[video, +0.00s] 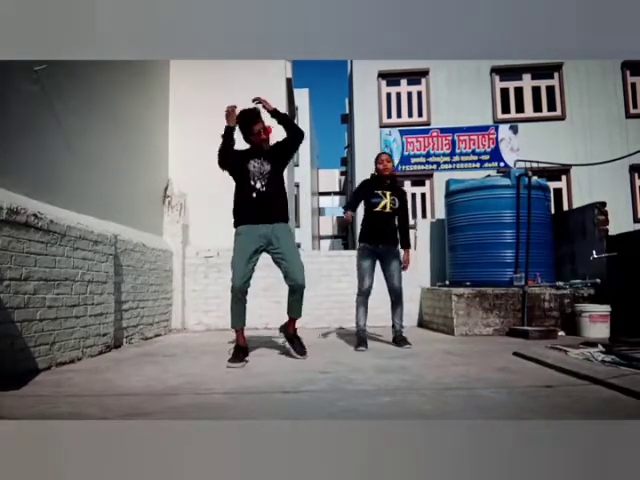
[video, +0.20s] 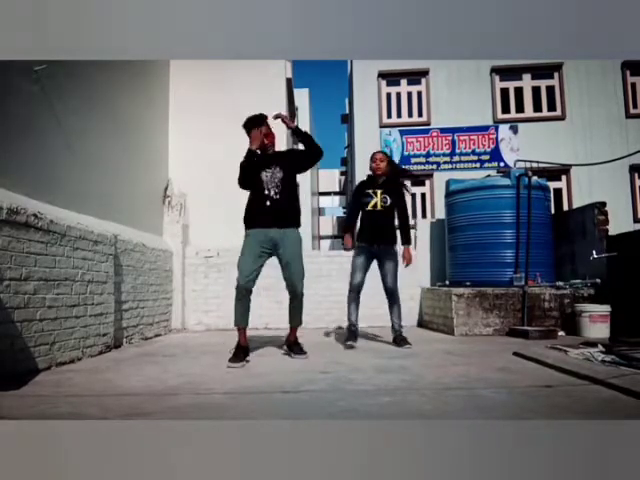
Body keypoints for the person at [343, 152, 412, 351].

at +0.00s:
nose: (384, 165)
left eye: (387, 162)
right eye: (380, 162)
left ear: (393, 165)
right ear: (376, 166)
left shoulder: (399, 191)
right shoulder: (368, 185)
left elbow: (403, 222)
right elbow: (353, 201)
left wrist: (406, 249)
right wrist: (349, 212)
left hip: (390, 245)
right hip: (367, 244)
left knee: (396, 289)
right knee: (364, 289)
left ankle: (398, 333)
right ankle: (361, 335)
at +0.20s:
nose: (377, 164)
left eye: (381, 161)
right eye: (374, 161)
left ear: (388, 164)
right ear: (370, 164)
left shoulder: (395, 187)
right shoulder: (362, 187)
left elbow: (403, 217)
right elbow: (352, 212)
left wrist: (406, 245)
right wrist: (348, 233)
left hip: (387, 244)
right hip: (364, 243)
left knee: (391, 289)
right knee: (355, 286)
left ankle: (398, 332)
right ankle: (352, 329)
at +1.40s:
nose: (378, 165)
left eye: (381, 162)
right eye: (374, 162)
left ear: (386, 165)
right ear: (369, 167)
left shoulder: (394, 187)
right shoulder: (361, 187)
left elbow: (405, 214)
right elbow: (348, 213)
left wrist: (419, 237)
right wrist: (340, 238)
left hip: (388, 245)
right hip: (365, 245)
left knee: (395, 290)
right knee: (356, 290)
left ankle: (395, 333)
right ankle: (344, 332)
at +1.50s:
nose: (377, 164)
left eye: (380, 160)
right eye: (373, 161)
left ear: (386, 163)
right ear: (367, 165)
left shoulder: (395, 183)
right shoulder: (359, 183)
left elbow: (420, 198)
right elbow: (337, 197)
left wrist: (446, 208)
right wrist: (323, 209)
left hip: (391, 245)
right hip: (369, 245)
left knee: (394, 288)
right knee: (358, 289)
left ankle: (394, 333)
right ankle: (353, 331)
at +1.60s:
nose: (374, 167)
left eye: (377, 163)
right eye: (370, 164)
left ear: (384, 166)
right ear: (366, 168)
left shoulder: (394, 182)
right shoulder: (361, 186)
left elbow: (420, 179)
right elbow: (339, 198)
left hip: (393, 245)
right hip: (372, 247)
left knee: (398, 288)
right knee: (359, 288)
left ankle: (397, 332)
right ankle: (375, 328)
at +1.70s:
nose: (370, 174)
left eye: (374, 171)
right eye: (368, 171)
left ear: (381, 174)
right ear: (364, 175)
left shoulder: (389, 189)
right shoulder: (358, 195)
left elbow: (411, 183)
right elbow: (347, 217)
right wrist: (335, 211)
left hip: (395, 250)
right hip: (375, 254)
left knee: (412, 284)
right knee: (363, 295)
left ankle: (417, 327)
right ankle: (380, 333)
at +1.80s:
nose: (368, 184)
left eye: (372, 182)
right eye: (365, 181)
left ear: (378, 186)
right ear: (361, 185)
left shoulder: (384, 198)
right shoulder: (358, 206)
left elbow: (395, 195)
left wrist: (372, 203)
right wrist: (360, 209)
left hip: (399, 254)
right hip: (381, 258)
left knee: (419, 287)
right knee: (362, 295)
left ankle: (455, 318)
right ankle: (380, 334)